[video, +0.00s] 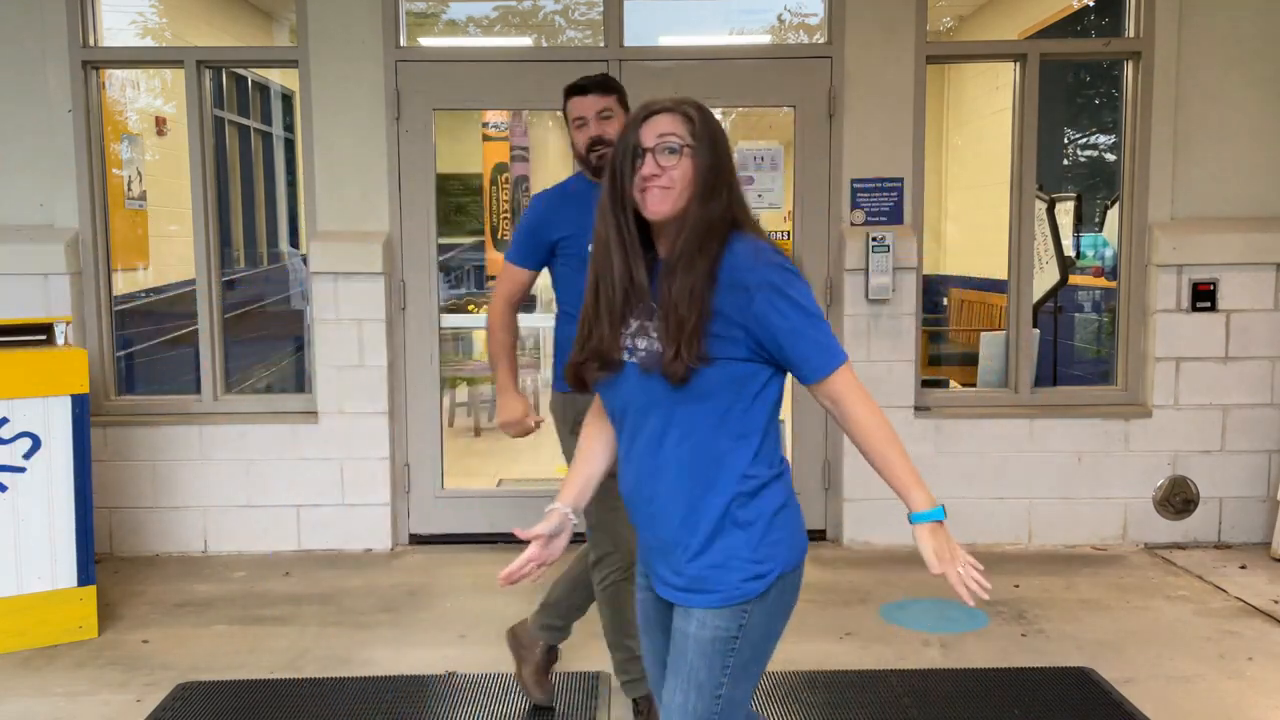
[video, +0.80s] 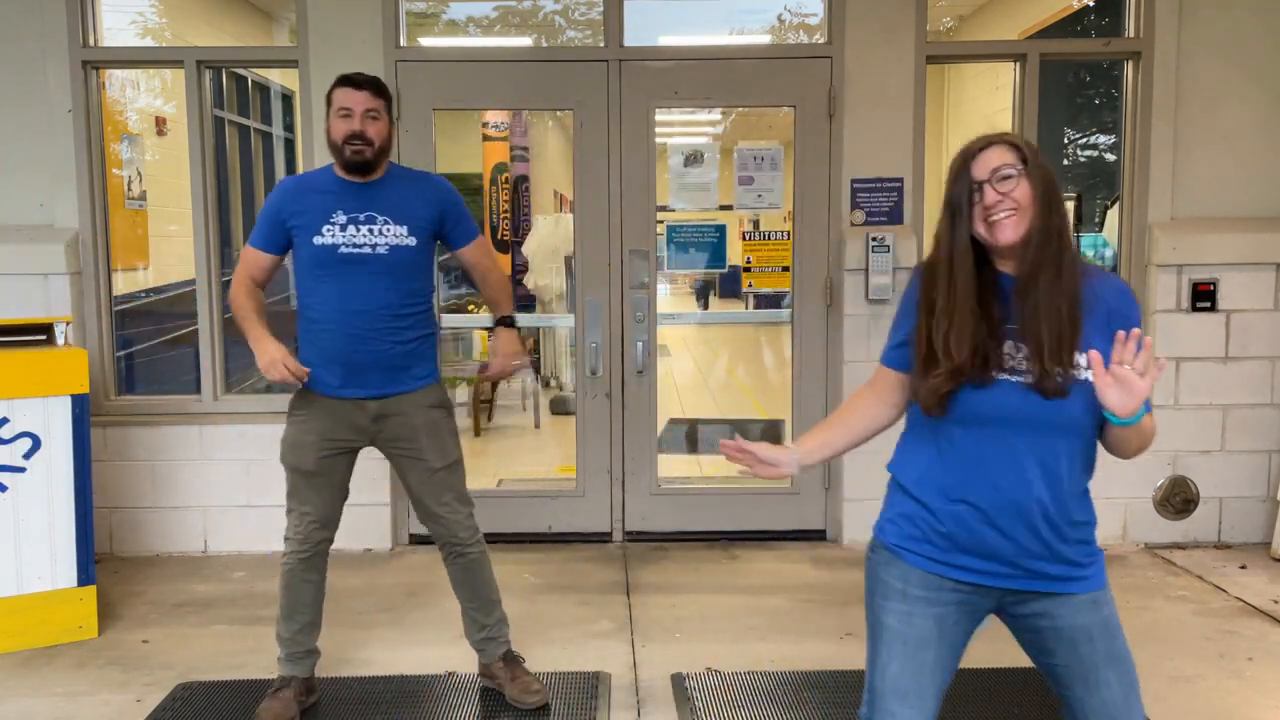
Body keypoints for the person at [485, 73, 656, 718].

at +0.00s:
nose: (595, 132)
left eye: (606, 117)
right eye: (580, 123)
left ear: (629, 121)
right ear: (568, 135)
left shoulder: (659, 198)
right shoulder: (553, 209)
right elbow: (503, 301)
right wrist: (507, 390)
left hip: (657, 391)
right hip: (588, 394)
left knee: (619, 533)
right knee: (619, 544)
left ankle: (538, 635)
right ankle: (643, 693)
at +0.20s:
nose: (545, 131)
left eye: (557, 118)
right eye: (531, 122)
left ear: (579, 125)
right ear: (516, 136)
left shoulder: (616, 203)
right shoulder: (489, 202)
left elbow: (630, 289)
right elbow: (441, 290)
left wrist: (643, 316)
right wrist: (450, 372)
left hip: (594, 396)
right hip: (522, 396)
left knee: (568, 529)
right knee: (570, 534)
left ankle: (506, 651)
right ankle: (619, 683)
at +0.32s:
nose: (517, 134)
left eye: (529, 121)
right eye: (504, 123)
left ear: (551, 130)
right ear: (488, 133)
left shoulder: (584, 207)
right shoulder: (455, 203)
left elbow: (590, 289)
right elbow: (420, 293)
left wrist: (595, 326)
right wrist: (434, 363)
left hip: (560, 395)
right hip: (485, 393)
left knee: (546, 536)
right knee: (514, 530)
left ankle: (500, 654)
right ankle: (541, 663)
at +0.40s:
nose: (493, 137)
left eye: (506, 125)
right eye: (480, 126)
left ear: (527, 135)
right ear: (465, 137)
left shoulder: (559, 210)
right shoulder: (432, 205)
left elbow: (577, 295)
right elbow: (403, 296)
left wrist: (584, 326)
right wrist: (414, 362)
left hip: (537, 405)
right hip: (455, 404)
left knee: (531, 541)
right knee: (458, 535)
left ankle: (504, 658)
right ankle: (451, 663)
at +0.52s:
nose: (455, 125)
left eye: (467, 114)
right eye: (442, 115)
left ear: (486, 123)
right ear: (423, 127)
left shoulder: (521, 196)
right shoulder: (390, 197)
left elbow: (561, 269)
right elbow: (354, 283)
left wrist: (581, 303)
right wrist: (369, 328)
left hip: (506, 395)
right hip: (421, 395)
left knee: (510, 535)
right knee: (381, 537)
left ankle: (503, 659)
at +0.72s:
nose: (385, 131)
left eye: (398, 121)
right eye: (373, 120)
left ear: (418, 133)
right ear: (354, 132)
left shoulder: (459, 202)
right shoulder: (320, 203)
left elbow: (528, 258)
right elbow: (265, 286)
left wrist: (557, 312)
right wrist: (269, 339)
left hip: (438, 404)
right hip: (348, 408)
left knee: (477, 539)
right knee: (318, 545)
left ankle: (502, 660)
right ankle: (295, 676)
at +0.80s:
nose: (357, 126)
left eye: (371, 116)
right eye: (345, 115)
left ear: (391, 129)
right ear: (326, 128)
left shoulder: (432, 195)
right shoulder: (292, 198)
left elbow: (485, 266)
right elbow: (244, 282)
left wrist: (506, 327)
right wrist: (262, 342)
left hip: (414, 400)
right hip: (323, 402)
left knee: (460, 533)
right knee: (305, 542)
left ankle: (497, 657)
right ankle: (294, 676)